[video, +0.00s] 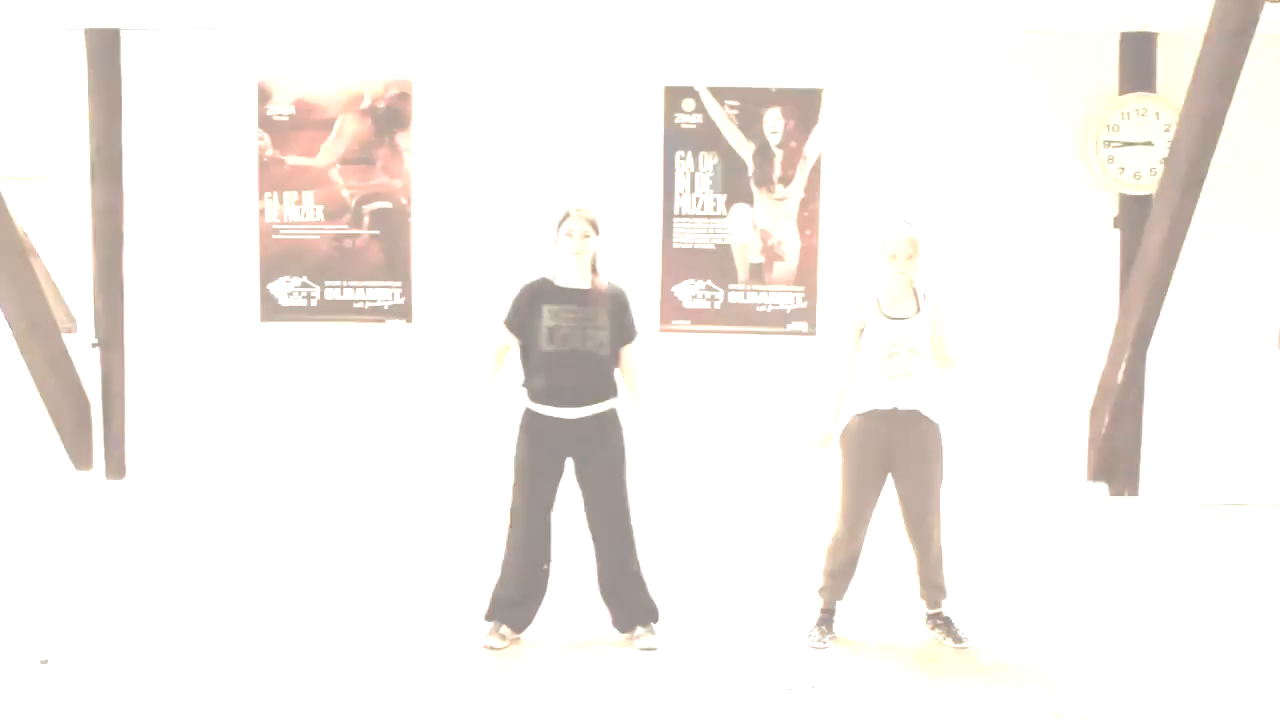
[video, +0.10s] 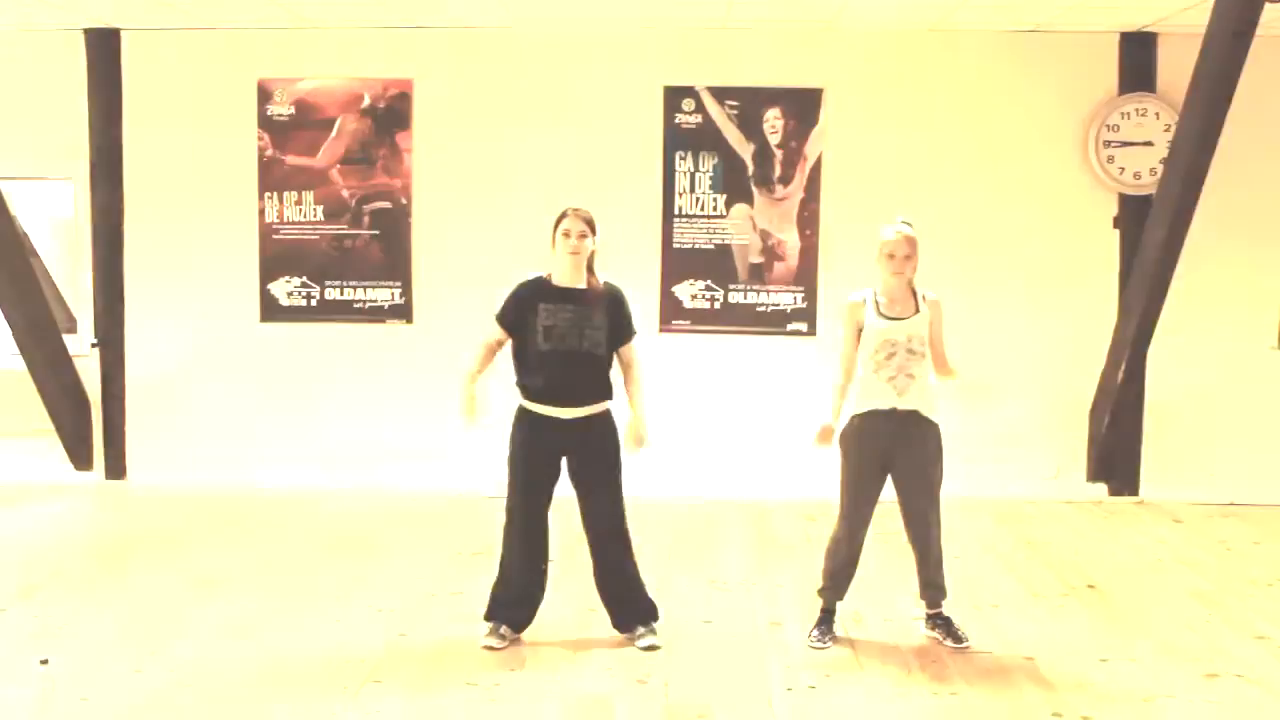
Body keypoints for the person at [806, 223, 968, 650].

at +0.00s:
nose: (899, 264)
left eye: (907, 257)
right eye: (892, 256)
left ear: (918, 260)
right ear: (880, 259)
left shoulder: (931, 306)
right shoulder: (862, 304)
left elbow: (946, 363)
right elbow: (841, 367)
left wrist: (934, 313)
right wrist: (831, 423)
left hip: (919, 423)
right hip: (866, 422)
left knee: (926, 525)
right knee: (851, 525)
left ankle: (936, 615)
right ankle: (826, 614)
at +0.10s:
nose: (899, 263)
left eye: (907, 257)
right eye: (891, 256)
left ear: (917, 260)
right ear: (878, 257)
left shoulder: (930, 307)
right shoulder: (858, 306)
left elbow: (940, 364)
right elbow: (846, 367)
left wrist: (955, 374)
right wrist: (832, 418)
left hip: (918, 426)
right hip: (866, 425)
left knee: (925, 524)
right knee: (851, 523)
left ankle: (936, 614)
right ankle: (827, 613)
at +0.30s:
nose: (896, 262)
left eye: (903, 255)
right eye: (888, 255)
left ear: (915, 259)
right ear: (876, 258)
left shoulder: (931, 307)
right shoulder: (858, 305)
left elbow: (954, 355)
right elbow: (812, 337)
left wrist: (951, 405)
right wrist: (842, 357)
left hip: (915, 429)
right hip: (864, 428)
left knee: (924, 528)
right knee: (848, 524)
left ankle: (934, 613)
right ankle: (826, 612)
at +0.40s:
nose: (897, 262)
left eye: (904, 256)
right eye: (889, 255)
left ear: (917, 260)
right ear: (878, 259)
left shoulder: (933, 303)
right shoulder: (865, 296)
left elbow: (972, 341)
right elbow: (808, 287)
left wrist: (949, 387)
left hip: (916, 428)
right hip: (866, 426)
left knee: (923, 526)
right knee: (847, 523)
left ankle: (933, 614)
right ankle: (825, 613)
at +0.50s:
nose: (898, 263)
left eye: (906, 257)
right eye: (891, 256)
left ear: (920, 261)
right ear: (881, 259)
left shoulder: (935, 307)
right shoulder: (876, 292)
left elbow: (975, 346)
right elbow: (836, 249)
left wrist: (949, 387)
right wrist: (809, 219)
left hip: (919, 430)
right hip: (870, 429)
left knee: (927, 528)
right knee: (846, 522)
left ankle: (934, 614)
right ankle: (827, 612)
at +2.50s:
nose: (905, 268)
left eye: (914, 262)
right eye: (901, 261)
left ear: (932, 265)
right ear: (894, 263)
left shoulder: (943, 314)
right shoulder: (888, 299)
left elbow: (993, 361)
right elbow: (855, 227)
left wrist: (962, 401)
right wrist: (826, 171)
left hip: (933, 435)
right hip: (883, 435)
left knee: (939, 531)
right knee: (845, 519)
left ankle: (936, 615)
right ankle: (834, 612)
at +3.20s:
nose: (906, 270)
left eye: (915, 263)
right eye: (901, 262)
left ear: (934, 265)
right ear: (895, 263)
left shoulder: (944, 314)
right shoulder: (888, 298)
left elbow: (995, 361)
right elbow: (855, 229)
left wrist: (963, 402)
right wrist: (822, 175)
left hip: (933, 435)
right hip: (884, 435)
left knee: (939, 532)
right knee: (845, 519)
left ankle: (935, 615)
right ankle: (834, 612)